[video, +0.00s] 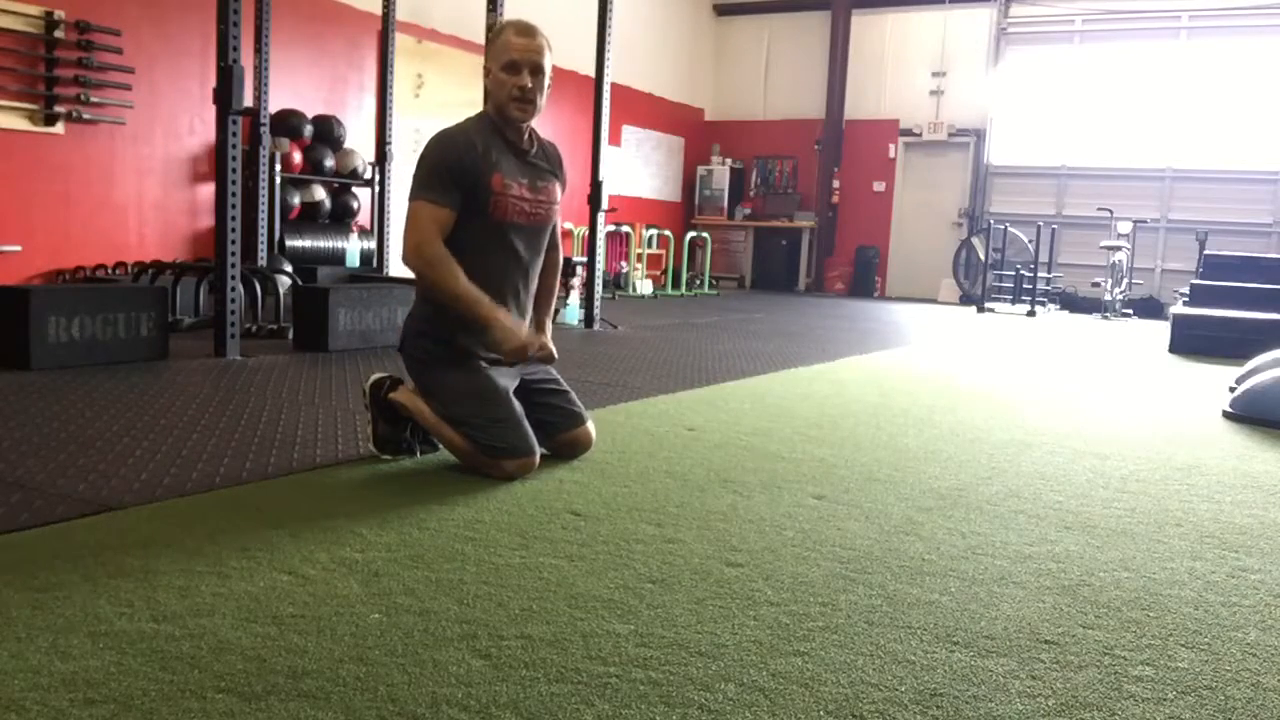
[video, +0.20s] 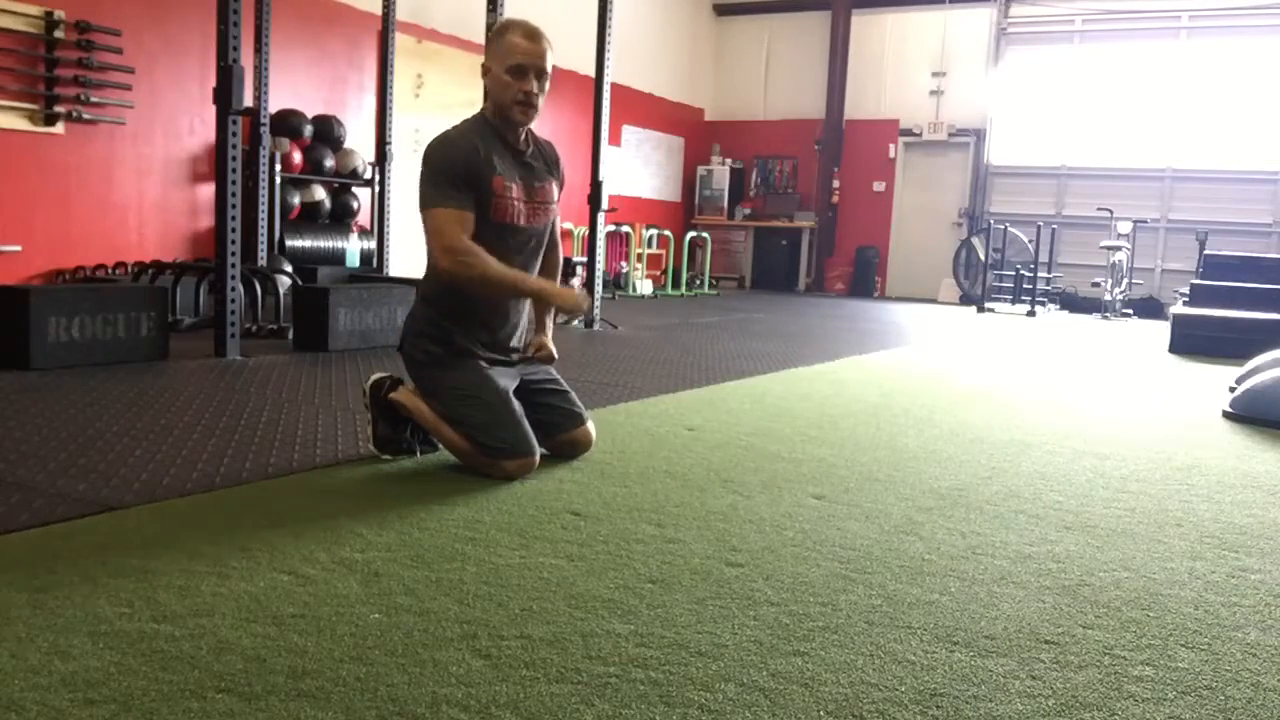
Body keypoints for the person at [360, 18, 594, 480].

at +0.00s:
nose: (524, 82)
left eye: (536, 71)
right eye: (510, 69)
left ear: (549, 80)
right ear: (486, 74)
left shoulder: (548, 157)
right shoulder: (454, 147)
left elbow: (550, 246)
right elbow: (420, 247)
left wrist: (542, 326)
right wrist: (495, 320)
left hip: (515, 340)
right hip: (449, 346)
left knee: (574, 439)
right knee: (515, 462)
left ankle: (444, 413)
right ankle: (399, 400)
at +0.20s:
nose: (530, 87)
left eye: (541, 76)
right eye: (517, 73)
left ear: (550, 82)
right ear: (485, 73)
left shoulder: (547, 158)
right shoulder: (454, 150)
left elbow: (550, 247)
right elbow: (450, 254)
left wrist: (542, 329)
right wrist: (546, 291)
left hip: (514, 344)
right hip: (450, 347)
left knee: (574, 439)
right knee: (514, 463)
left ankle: (446, 411)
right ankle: (398, 399)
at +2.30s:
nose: (590, 95)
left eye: (594, 83)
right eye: (577, 80)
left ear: (596, 88)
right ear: (534, 79)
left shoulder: (576, 176)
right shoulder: (485, 155)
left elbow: (572, 264)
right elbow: (452, 265)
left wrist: (585, 342)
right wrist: (496, 358)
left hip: (513, 343)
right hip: (449, 343)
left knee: (573, 440)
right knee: (515, 463)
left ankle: (445, 409)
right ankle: (400, 399)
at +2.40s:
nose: (595, 91)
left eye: (598, 78)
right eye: (582, 75)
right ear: (538, 77)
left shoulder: (580, 174)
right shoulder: (489, 152)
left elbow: (574, 263)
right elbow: (456, 263)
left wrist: (595, 341)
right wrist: (501, 355)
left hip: (515, 341)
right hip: (453, 343)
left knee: (574, 440)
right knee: (515, 463)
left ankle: (449, 397)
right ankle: (403, 397)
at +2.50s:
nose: (598, 85)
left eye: (600, 72)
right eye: (585, 69)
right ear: (540, 74)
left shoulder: (583, 171)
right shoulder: (492, 149)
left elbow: (578, 260)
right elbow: (459, 259)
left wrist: (600, 338)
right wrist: (505, 352)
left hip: (519, 340)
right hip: (457, 342)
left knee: (575, 441)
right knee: (516, 464)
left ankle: (451, 395)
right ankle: (404, 397)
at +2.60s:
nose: (598, 82)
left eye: (601, 70)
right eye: (584, 66)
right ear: (540, 73)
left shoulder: (585, 167)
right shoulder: (494, 147)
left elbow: (580, 257)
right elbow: (464, 257)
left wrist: (601, 334)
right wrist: (510, 353)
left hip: (520, 339)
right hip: (458, 339)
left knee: (575, 441)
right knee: (516, 464)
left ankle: (450, 393)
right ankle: (404, 397)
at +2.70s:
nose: (592, 82)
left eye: (597, 70)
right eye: (580, 65)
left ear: (600, 78)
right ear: (537, 71)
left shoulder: (584, 167)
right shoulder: (495, 146)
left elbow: (579, 257)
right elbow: (466, 257)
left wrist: (598, 335)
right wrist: (514, 353)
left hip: (520, 337)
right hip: (459, 338)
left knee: (574, 441)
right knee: (516, 464)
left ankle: (453, 392)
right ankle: (404, 396)